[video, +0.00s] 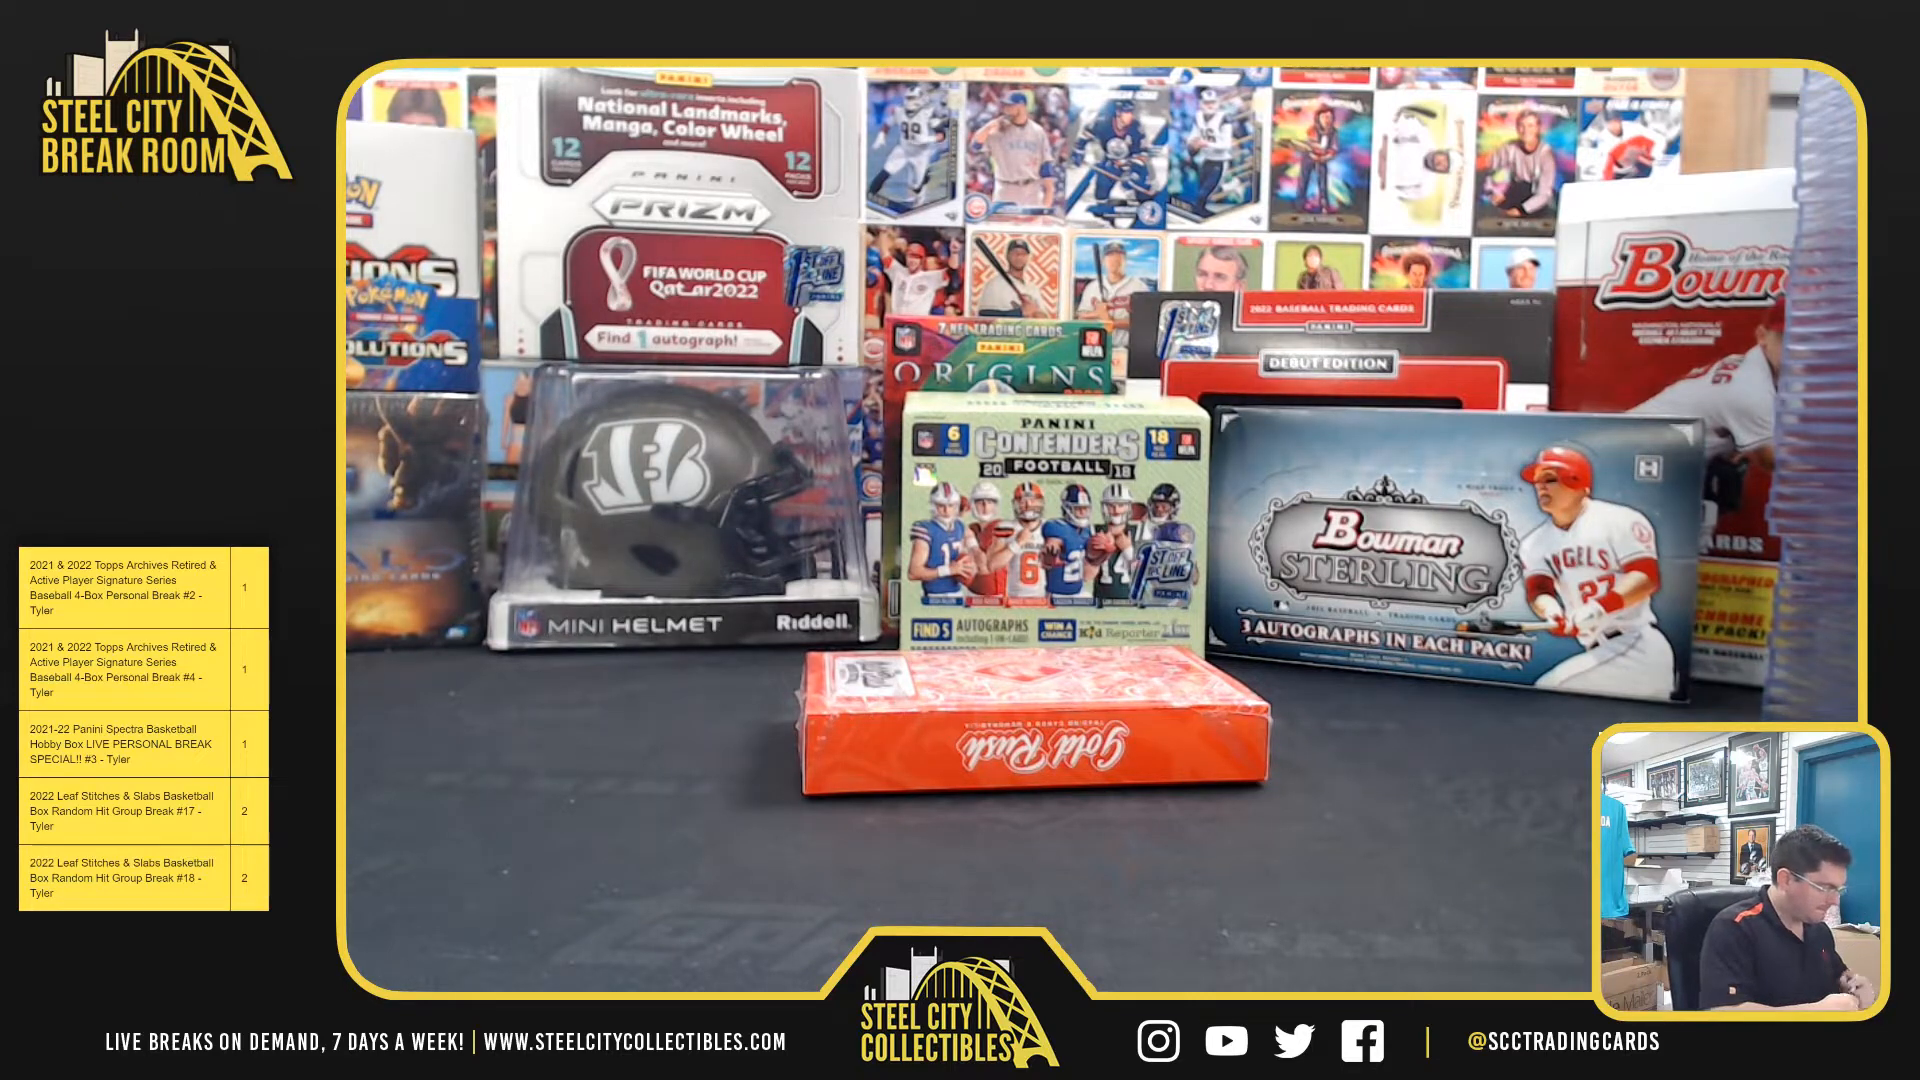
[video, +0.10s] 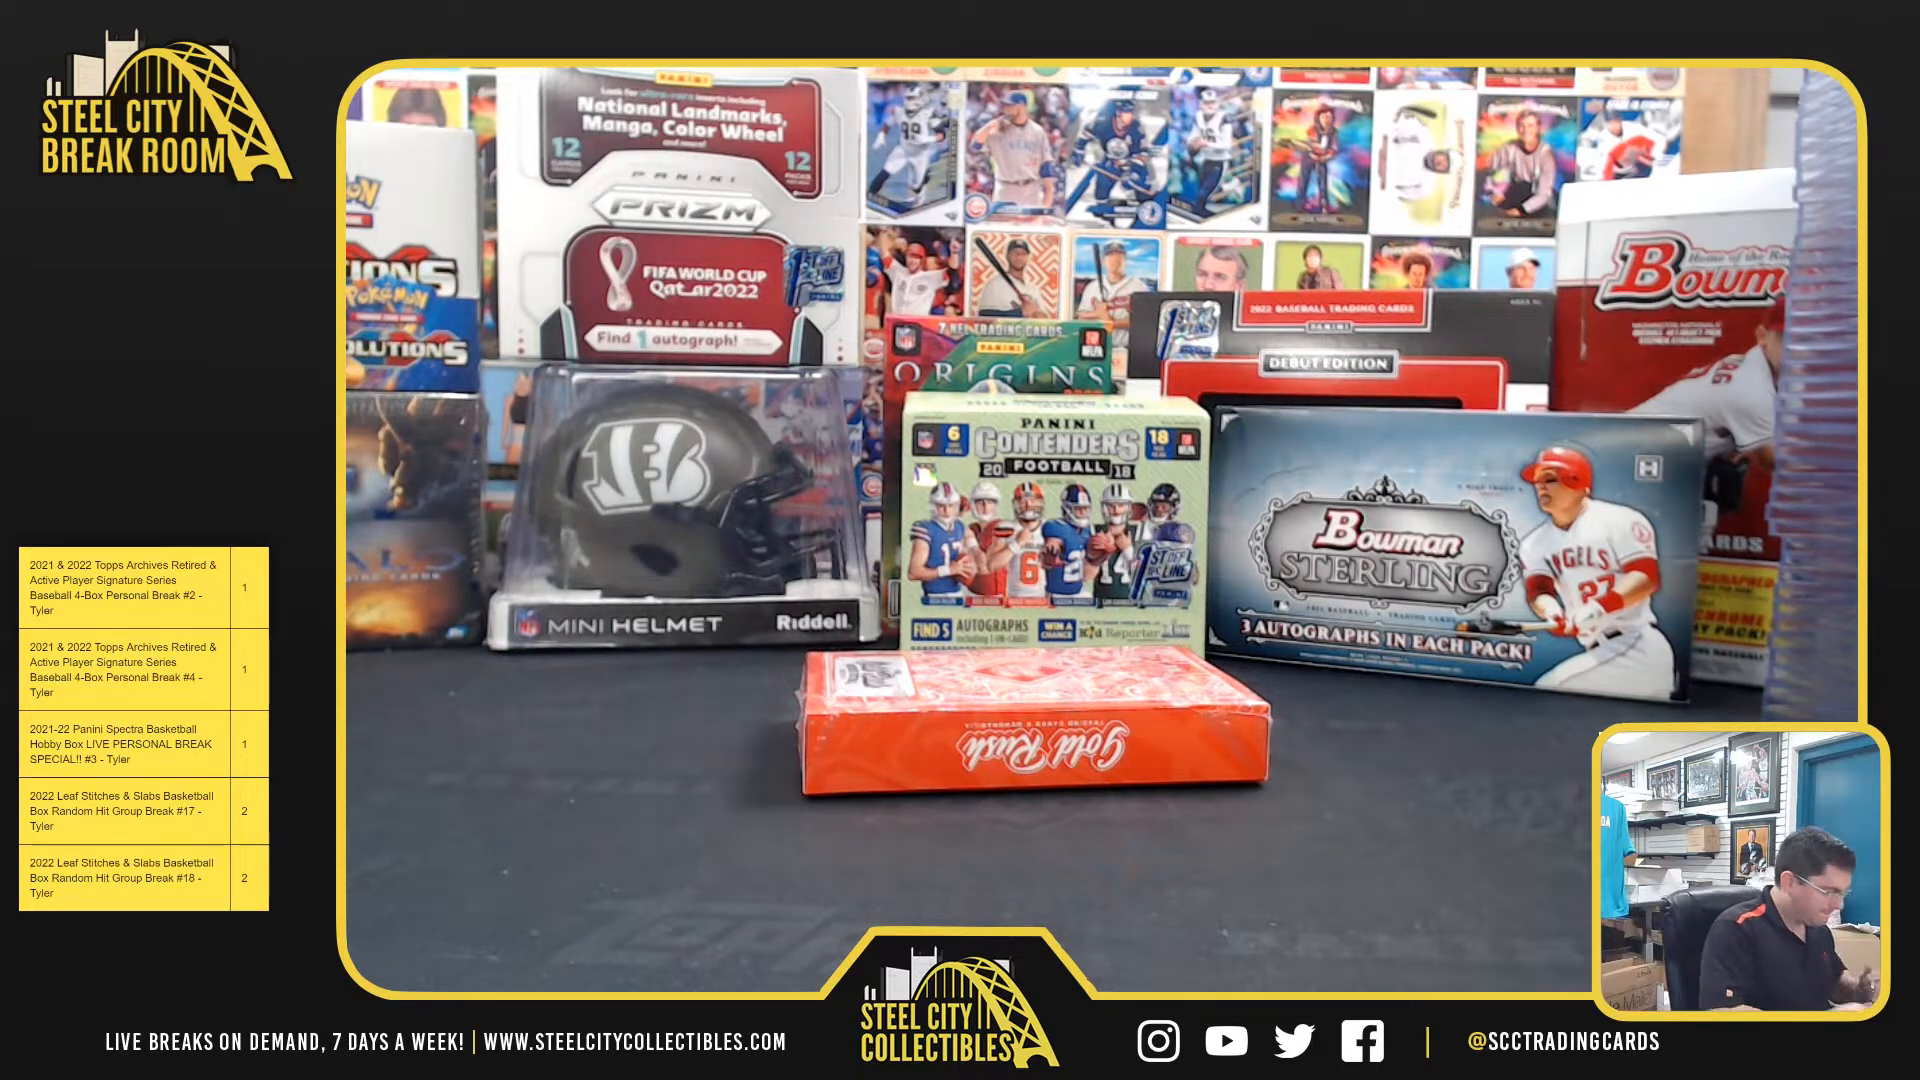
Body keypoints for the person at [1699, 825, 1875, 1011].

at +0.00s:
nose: (1834, 901)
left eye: (1838, 890)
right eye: (1825, 888)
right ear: (1785, 879)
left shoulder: (1817, 927)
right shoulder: (1731, 927)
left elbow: (1838, 974)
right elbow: (1724, 1010)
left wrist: (1858, 987)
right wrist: (1819, 1010)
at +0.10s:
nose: (1839, 905)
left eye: (1843, 894)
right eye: (1829, 892)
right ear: (1789, 882)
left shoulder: (1816, 926)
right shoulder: (1733, 928)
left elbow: (1832, 982)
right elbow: (1721, 1010)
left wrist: (1861, 988)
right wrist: (1826, 1017)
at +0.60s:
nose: (1867, 926)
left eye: (1873, 915)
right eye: (1860, 914)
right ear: (1817, 897)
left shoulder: (1829, 928)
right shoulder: (1751, 938)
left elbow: (1848, 989)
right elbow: (1737, 1019)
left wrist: (1887, 1006)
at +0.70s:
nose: (1873, 931)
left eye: (1876, 920)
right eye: (1865, 919)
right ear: (1821, 901)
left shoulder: (1831, 929)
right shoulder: (1755, 939)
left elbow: (1849, 988)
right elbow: (1741, 1020)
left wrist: (1886, 1008)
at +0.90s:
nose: (1876, 937)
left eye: (1878, 926)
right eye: (1871, 925)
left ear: (1829, 907)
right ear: (1829, 907)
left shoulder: (1833, 933)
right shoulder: (1759, 942)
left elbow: (1855, 989)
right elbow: (1745, 1022)